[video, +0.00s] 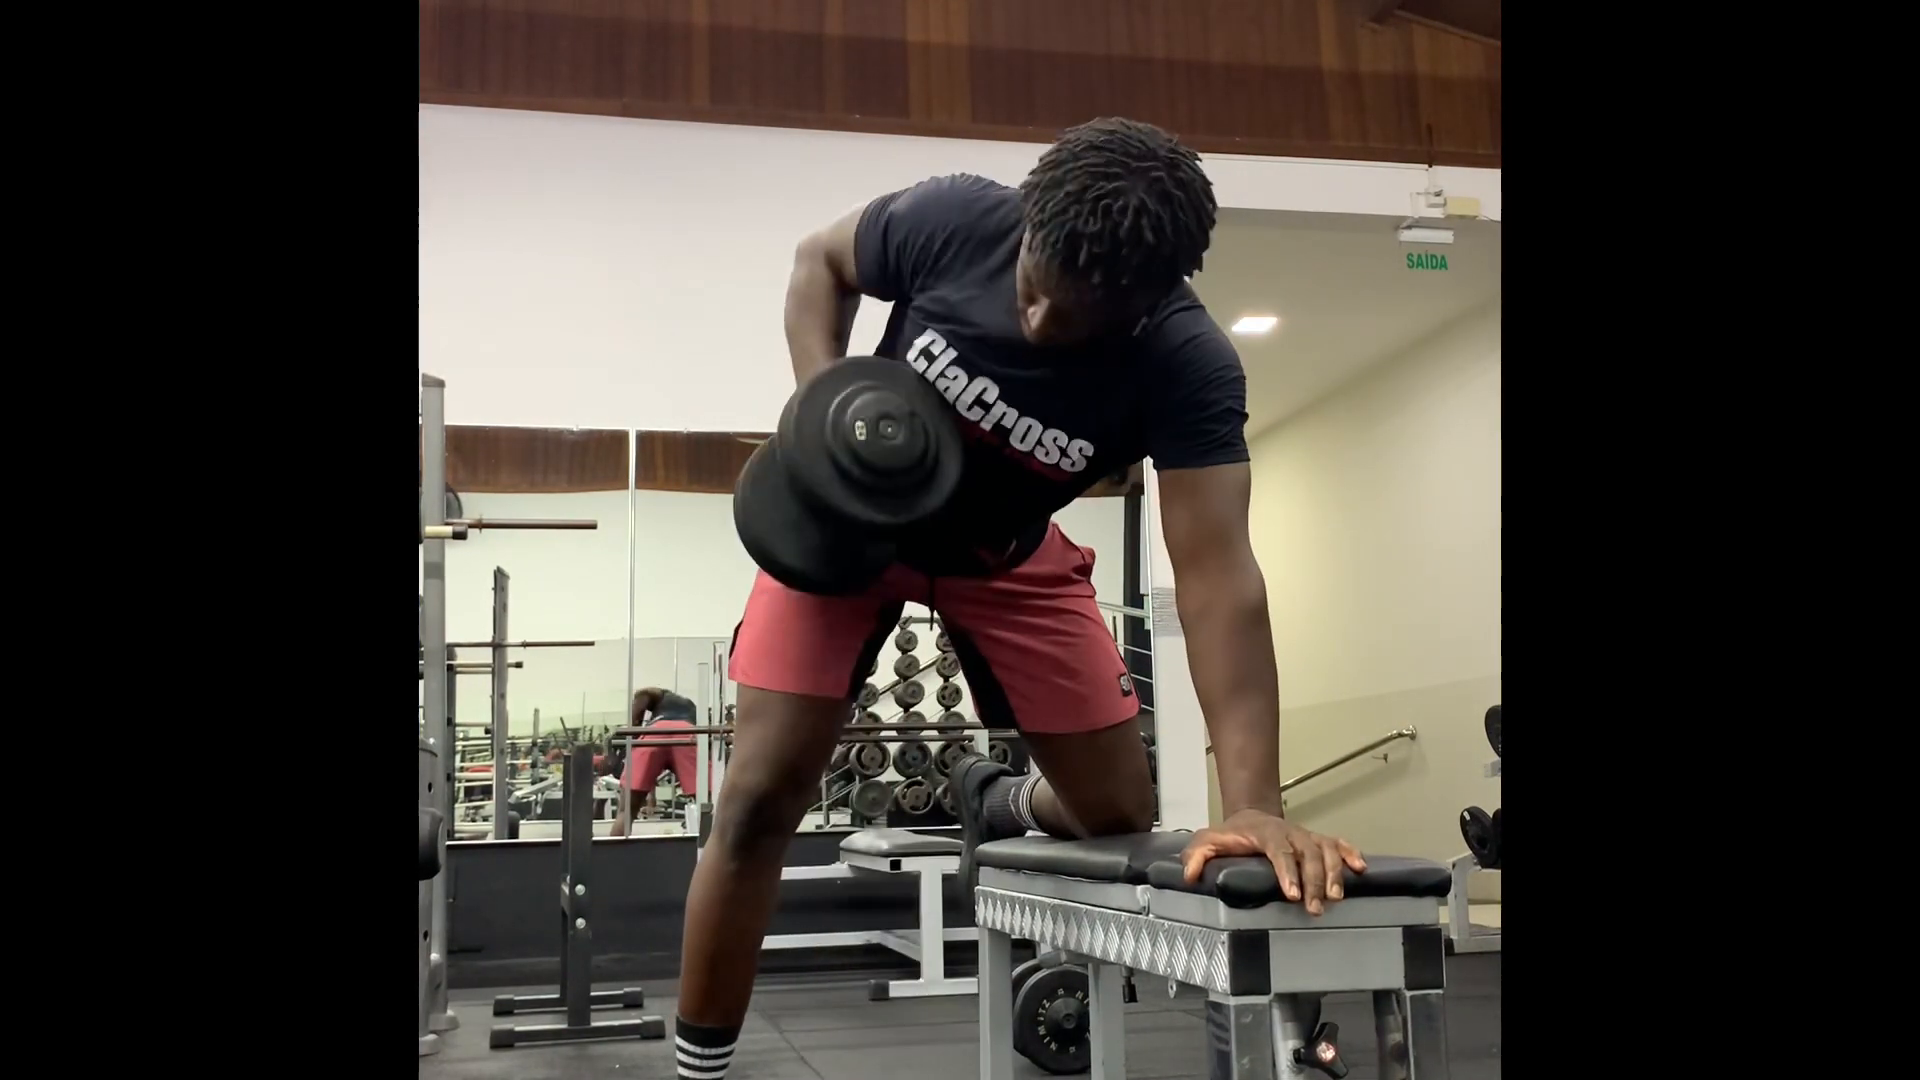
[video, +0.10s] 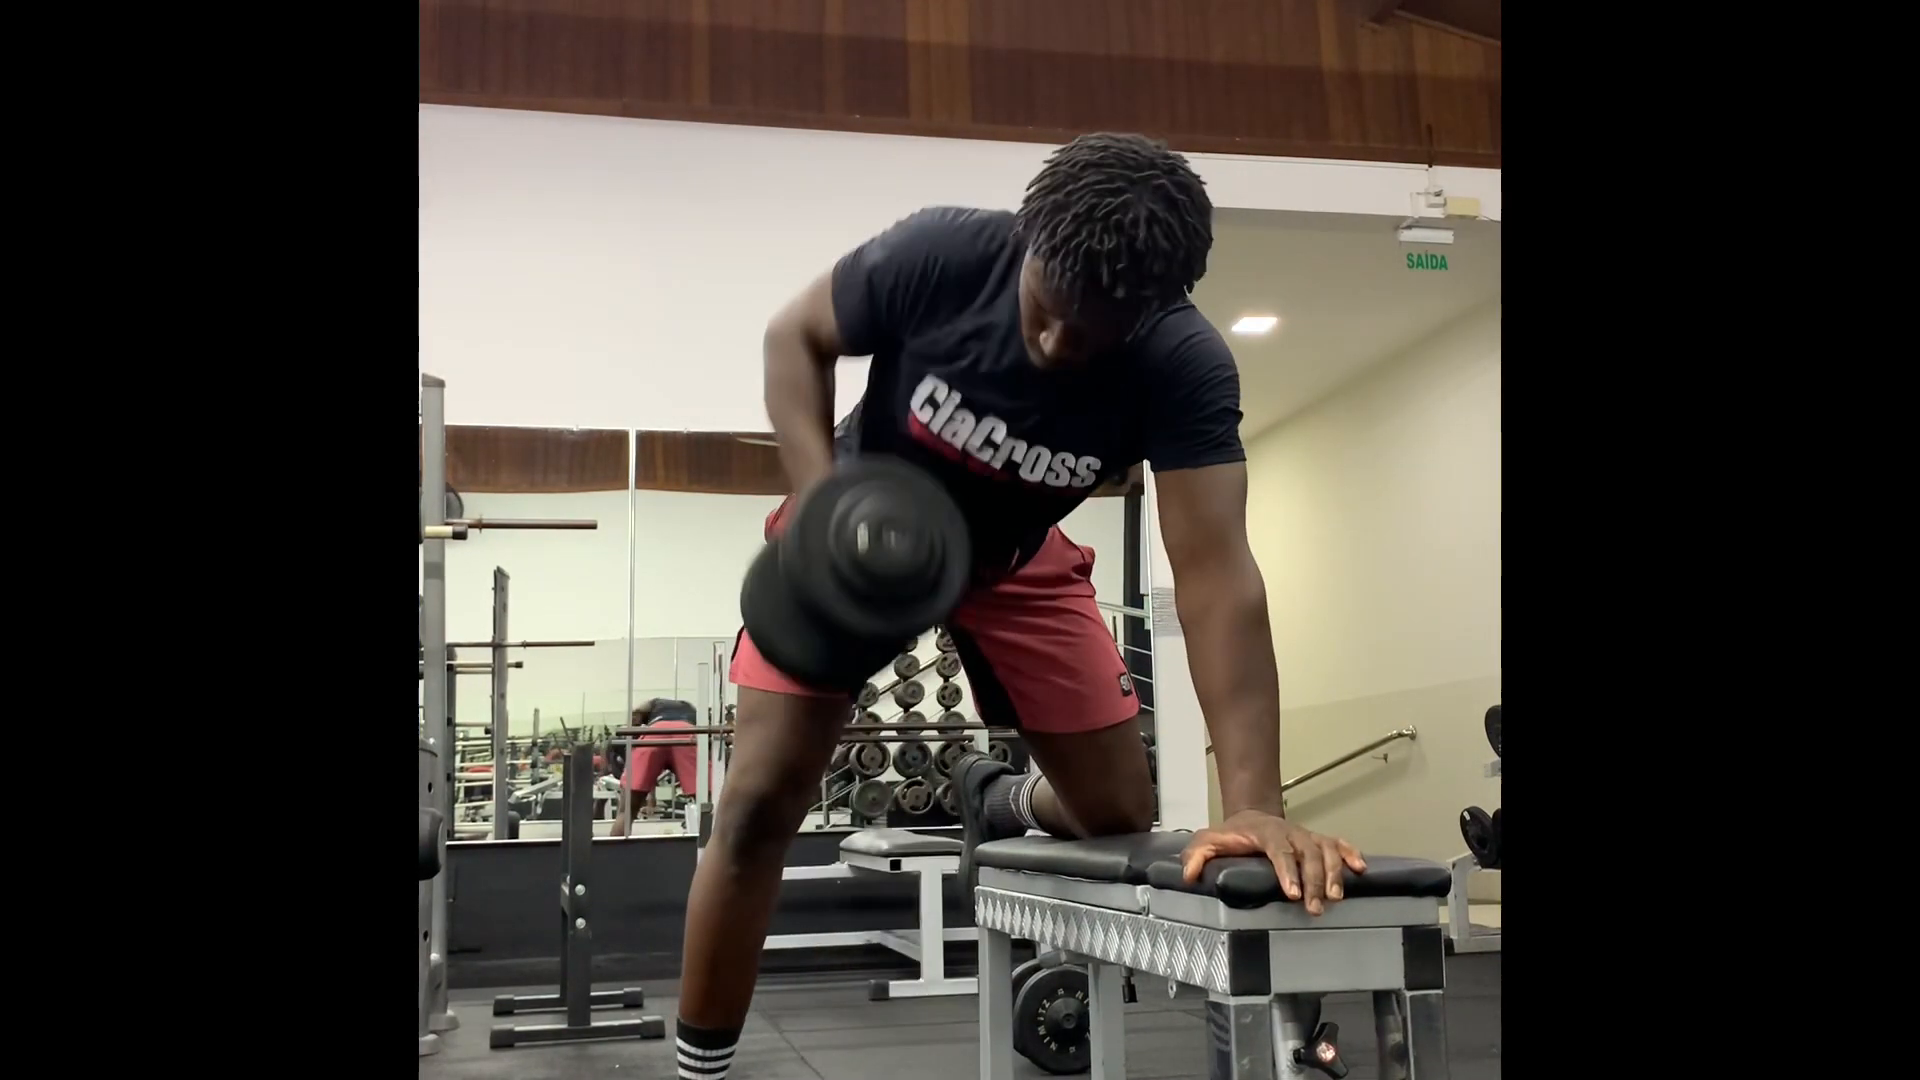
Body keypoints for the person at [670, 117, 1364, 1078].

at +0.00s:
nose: (1041, 322)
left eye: (1077, 313)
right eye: (1034, 287)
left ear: (1146, 302)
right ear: (1028, 225)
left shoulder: (1187, 366)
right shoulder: (954, 221)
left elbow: (1220, 579)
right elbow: (820, 262)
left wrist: (1254, 808)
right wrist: (823, 397)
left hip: (1015, 552)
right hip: (858, 515)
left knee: (1118, 812)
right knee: (757, 801)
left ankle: (997, 802)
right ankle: (697, 1071)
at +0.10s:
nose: (1056, 343)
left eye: (1091, 331)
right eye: (1045, 307)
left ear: (1152, 311)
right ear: (1030, 242)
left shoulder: (1183, 366)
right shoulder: (944, 254)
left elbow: (1218, 573)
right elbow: (796, 334)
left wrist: (1255, 806)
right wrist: (820, 510)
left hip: (1022, 560)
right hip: (866, 523)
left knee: (1118, 814)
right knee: (755, 807)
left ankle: (996, 799)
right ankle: (698, 1072)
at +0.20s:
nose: (1056, 388)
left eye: (1091, 367)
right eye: (1038, 353)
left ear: (1139, 334)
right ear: (1004, 289)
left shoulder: (1163, 373)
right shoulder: (897, 339)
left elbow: (1203, 574)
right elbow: (799, 515)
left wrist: (1252, 804)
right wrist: (838, 724)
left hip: (1027, 566)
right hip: (857, 540)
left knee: (1121, 815)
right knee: (749, 801)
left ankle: (995, 796)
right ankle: (696, 1074)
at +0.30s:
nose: (1044, 445)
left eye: (1071, 422)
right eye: (1018, 418)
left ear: (1112, 377)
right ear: (973, 360)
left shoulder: (1136, 382)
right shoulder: (878, 439)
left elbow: (1188, 575)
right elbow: (832, 679)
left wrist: (1250, 803)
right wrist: (866, 919)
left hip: (1020, 563)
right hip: (843, 553)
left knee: (1122, 816)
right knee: (744, 797)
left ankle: (1012, 799)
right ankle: (696, 1070)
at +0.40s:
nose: (1035, 510)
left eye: (1060, 485)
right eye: (1005, 485)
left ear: (1094, 436)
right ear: (953, 434)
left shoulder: (1106, 398)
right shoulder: (874, 523)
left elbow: (1188, 591)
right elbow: (871, 790)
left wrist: (1253, 808)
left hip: (1019, 563)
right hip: (841, 543)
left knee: (1121, 815)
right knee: (737, 803)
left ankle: (1003, 794)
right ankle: (695, 1069)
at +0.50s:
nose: (1030, 524)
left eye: (1055, 499)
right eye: (1001, 499)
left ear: (1088, 451)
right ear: (947, 449)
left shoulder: (1098, 410)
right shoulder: (869, 540)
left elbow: (1187, 592)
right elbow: (882, 813)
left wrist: (1250, 808)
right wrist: (883, 1058)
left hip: (1017, 562)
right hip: (836, 541)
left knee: (1121, 816)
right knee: (734, 803)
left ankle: (1000, 797)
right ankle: (695, 1069)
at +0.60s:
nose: (1028, 432)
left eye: (1058, 411)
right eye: (1006, 400)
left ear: (1101, 379)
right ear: (965, 342)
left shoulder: (1126, 394)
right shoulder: (866, 433)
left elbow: (1191, 587)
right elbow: (834, 683)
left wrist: (1250, 806)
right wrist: (871, 921)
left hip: (1013, 563)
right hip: (839, 552)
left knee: (1121, 815)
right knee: (741, 794)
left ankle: (1002, 797)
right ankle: (695, 1072)